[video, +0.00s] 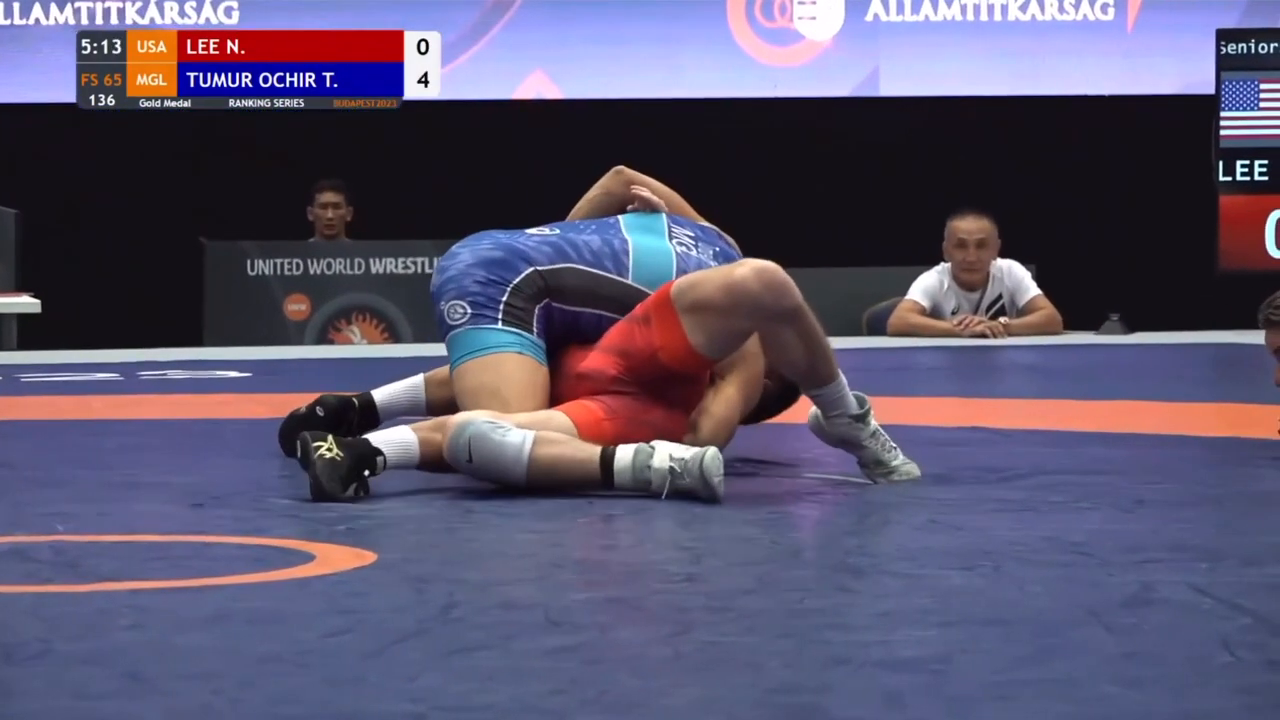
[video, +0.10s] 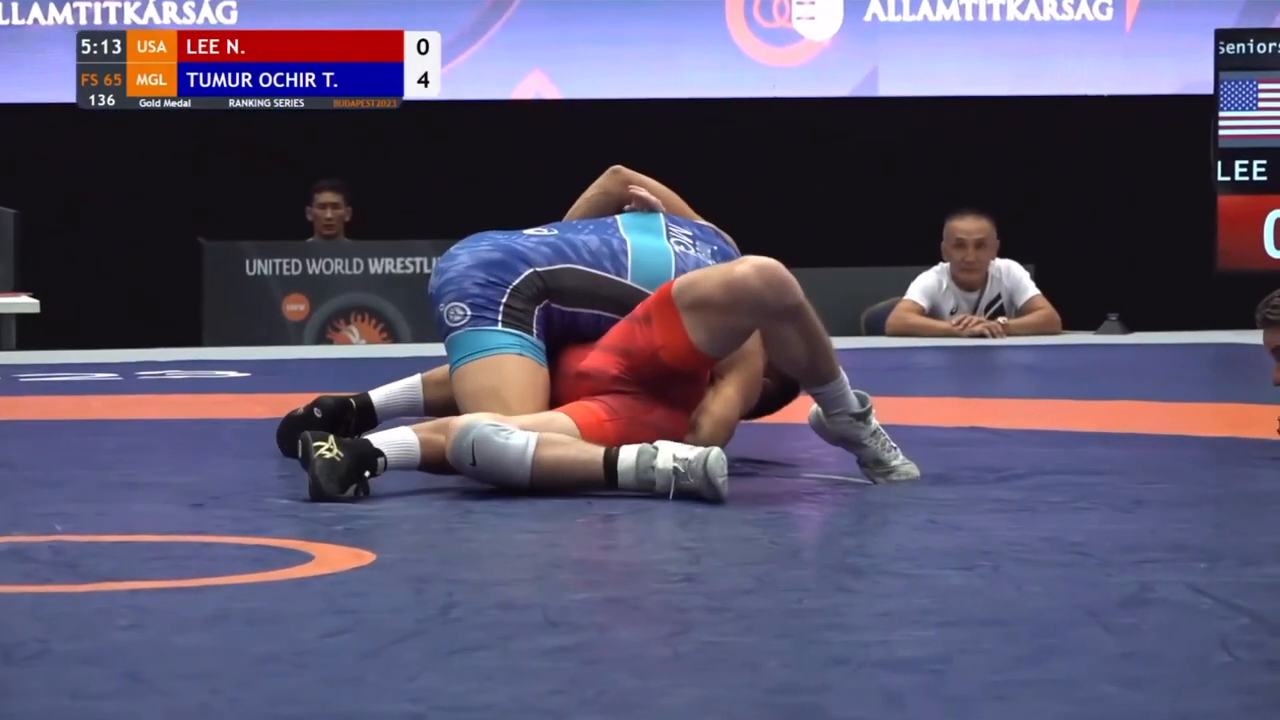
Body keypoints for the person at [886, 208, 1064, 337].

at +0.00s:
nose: (971, 257)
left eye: (981, 246)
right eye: (961, 246)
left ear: (996, 248)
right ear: (945, 249)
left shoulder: (1011, 272)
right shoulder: (933, 280)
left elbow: (1053, 322)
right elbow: (898, 323)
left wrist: (999, 327)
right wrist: (960, 329)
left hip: (1004, 370)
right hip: (946, 372)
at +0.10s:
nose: (969, 257)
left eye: (980, 246)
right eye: (960, 246)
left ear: (995, 248)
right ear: (944, 249)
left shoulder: (1010, 272)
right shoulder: (932, 280)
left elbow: (1051, 322)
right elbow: (897, 323)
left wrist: (998, 326)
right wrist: (959, 329)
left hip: (1003, 370)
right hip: (944, 372)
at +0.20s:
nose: (969, 257)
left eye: (979, 246)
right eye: (959, 246)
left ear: (994, 248)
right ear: (943, 249)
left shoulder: (1009, 272)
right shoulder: (931, 280)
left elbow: (1050, 322)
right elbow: (896, 323)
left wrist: (996, 327)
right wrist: (958, 329)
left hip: (1002, 370)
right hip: (944, 372)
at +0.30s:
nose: (968, 257)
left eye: (978, 246)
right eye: (958, 247)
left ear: (994, 248)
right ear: (942, 249)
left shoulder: (1008, 273)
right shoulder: (930, 280)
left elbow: (1049, 322)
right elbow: (895, 323)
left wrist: (996, 327)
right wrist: (958, 329)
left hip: (1001, 371)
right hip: (943, 372)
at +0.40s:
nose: (967, 258)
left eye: (978, 247)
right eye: (957, 247)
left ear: (993, 249)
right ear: (942, 250)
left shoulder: (1008, 273)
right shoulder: (930, 281)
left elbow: (1049, 323)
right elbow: (895, 324)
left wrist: (996, 327)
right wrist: (957, 330)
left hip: (1000, 371)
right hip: (943, 372)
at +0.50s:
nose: (967, 258)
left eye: (978, 248)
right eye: (957, 248)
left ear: (993, 250)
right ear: (942, 251)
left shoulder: (1008, 274)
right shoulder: (929, 282)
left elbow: (1049, 323)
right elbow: (895, 325)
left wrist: (996, 328)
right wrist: (957, 330)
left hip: (1001, 372)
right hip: (942, 374)